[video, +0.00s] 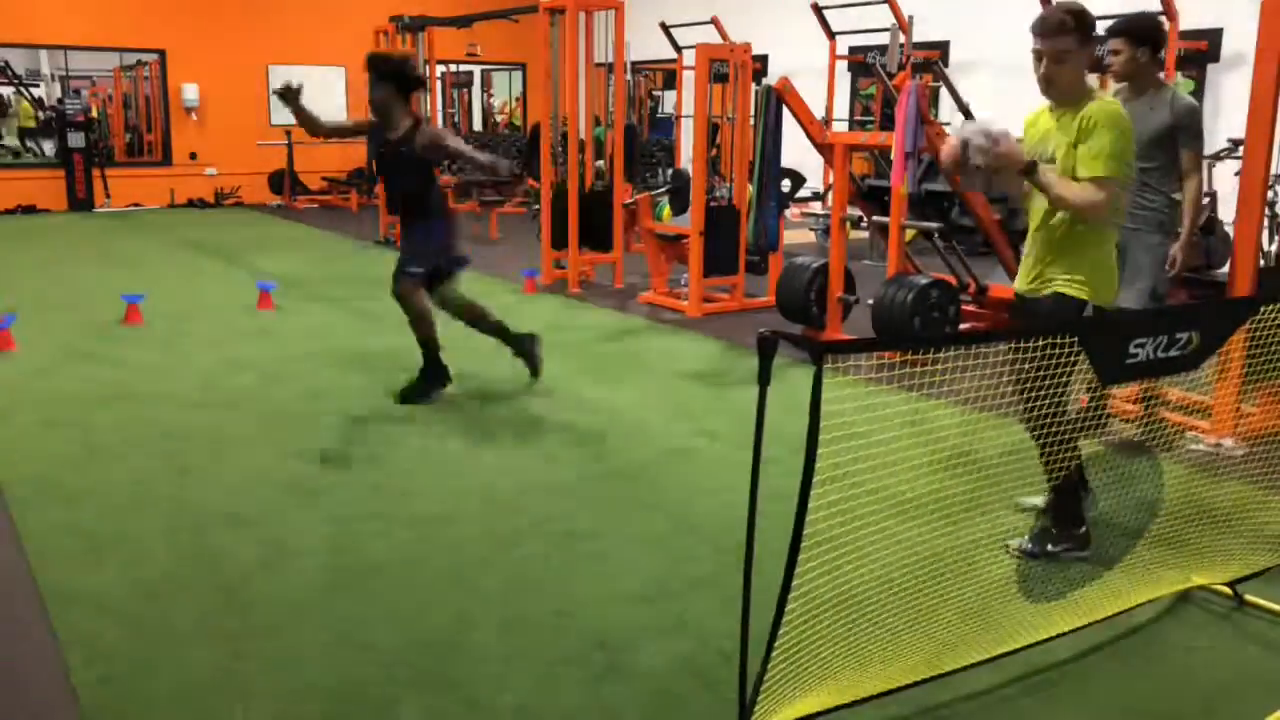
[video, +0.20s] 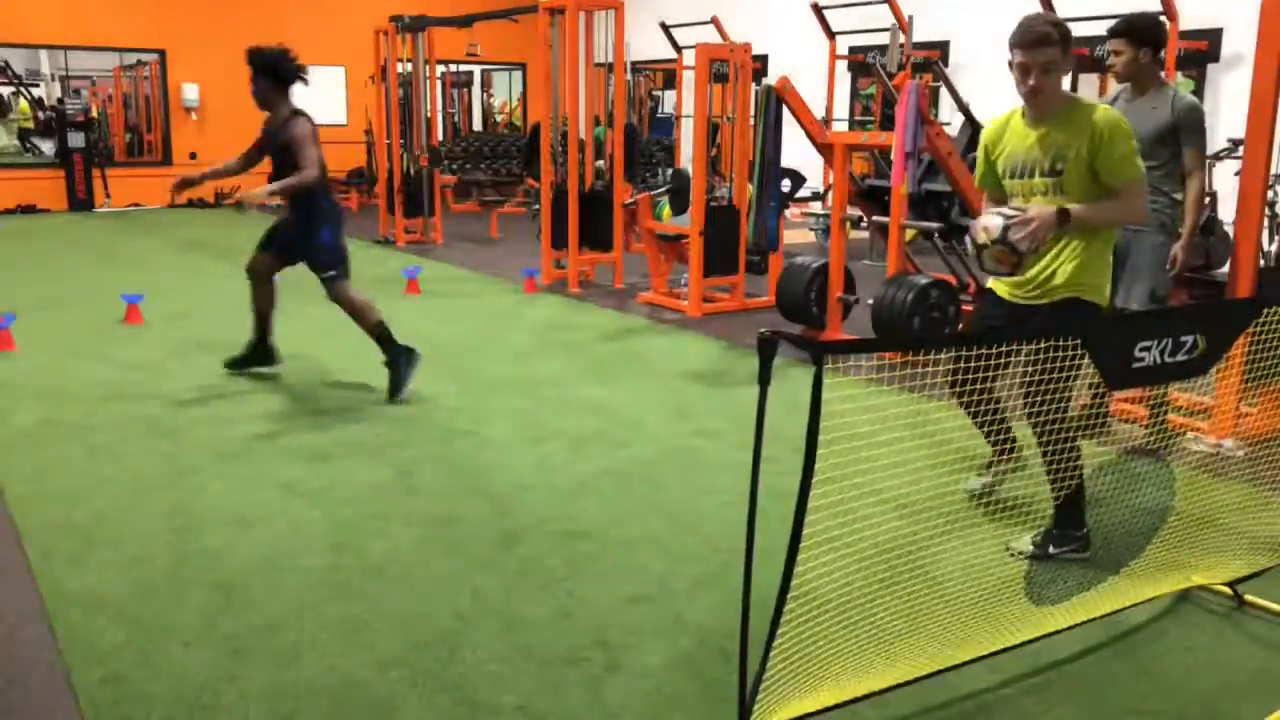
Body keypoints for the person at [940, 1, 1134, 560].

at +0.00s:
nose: (1042, 69)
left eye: (1055, 59)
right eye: (1038, 58)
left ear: (1086, 59)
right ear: (1033, 56)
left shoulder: (1107, 118)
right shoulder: (1038, 121)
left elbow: (1096, 205)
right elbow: (1023, 187)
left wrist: (1031, 170)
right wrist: (984, 162)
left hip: (1079, 283)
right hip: (1036, 277)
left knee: (1037, 398)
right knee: (1035, 395)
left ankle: (1069, 527)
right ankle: (1069, 496)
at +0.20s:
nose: (1031, 81)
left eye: (1044, 70)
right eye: (1021, 69)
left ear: (1067, 65)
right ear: (1009, 67)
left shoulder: (1102, 126)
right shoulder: (996, 132)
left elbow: (1135, 207)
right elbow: (987, 205)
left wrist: (1063, 214)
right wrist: (987, 228)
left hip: (1071, 291)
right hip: (1006, 288)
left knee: (1040, 399)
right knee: (960, 372)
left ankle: (1071, 523)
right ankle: (1005, 446)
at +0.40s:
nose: (982, 73)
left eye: (994, 64)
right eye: (979, 63)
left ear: (1026, 66)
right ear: (976, 65)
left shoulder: (1073, 126)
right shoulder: (960, 136)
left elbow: (1119, 200)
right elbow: (954, 207)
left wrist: (1047, 203)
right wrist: (962, 226)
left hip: (1049, 288)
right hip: (979, 288)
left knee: (1038, 394)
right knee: (942, 376)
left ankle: (1069, 522)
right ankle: (921, 475)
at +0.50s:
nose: (945, 75)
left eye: (954, 66)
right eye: (945, 65)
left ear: (989, 69)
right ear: (966, 69)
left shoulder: (1049, 126)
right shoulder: (943, 133)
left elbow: (1091, 197)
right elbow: (937, 203)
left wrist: (1028, 205)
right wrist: (940, 227)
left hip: (1029, 284)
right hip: (962, 283)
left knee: (1028, 396)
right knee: (926, 371)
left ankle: (1067, 519)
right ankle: (918, 474)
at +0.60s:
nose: (925, 73)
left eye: (932, 63)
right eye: (925, 63)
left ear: (965, 66)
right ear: (954, 66)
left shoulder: (1028, 120)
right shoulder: (932, 128)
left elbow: (1066, 197)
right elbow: (924, 201)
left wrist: (1004, 205)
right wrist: (922, 227)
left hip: (1017, 279)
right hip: (952, 278)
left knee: (1028, 395)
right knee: (923, 373)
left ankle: (1060, 513)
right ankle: (918, 474)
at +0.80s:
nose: (906, 70)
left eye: (914, 60)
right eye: (906, 60)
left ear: (948, 61)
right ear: (933, 63)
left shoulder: (1004, 112)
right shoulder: (919, 128)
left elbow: (1051, 181)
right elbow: (921, 202)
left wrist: (979, 206)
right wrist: (898, 214)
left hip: (1008, 277)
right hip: (945, 276)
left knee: (1016, 390)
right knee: (921, 374)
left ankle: (1039, 509)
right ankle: (918, 473)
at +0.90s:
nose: (910, 62)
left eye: (919, 51)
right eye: (910, 52)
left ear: (954, 56)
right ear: (930, 58)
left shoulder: (1004, 112)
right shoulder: (919, 129)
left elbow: (1053, 180)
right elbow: (920, 199)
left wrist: (992, 220)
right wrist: (874, 207)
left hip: (1009, 279)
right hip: (945, 277)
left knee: (1022, 388)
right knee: (918, 377)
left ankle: (1054, 504)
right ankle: (918, 476)